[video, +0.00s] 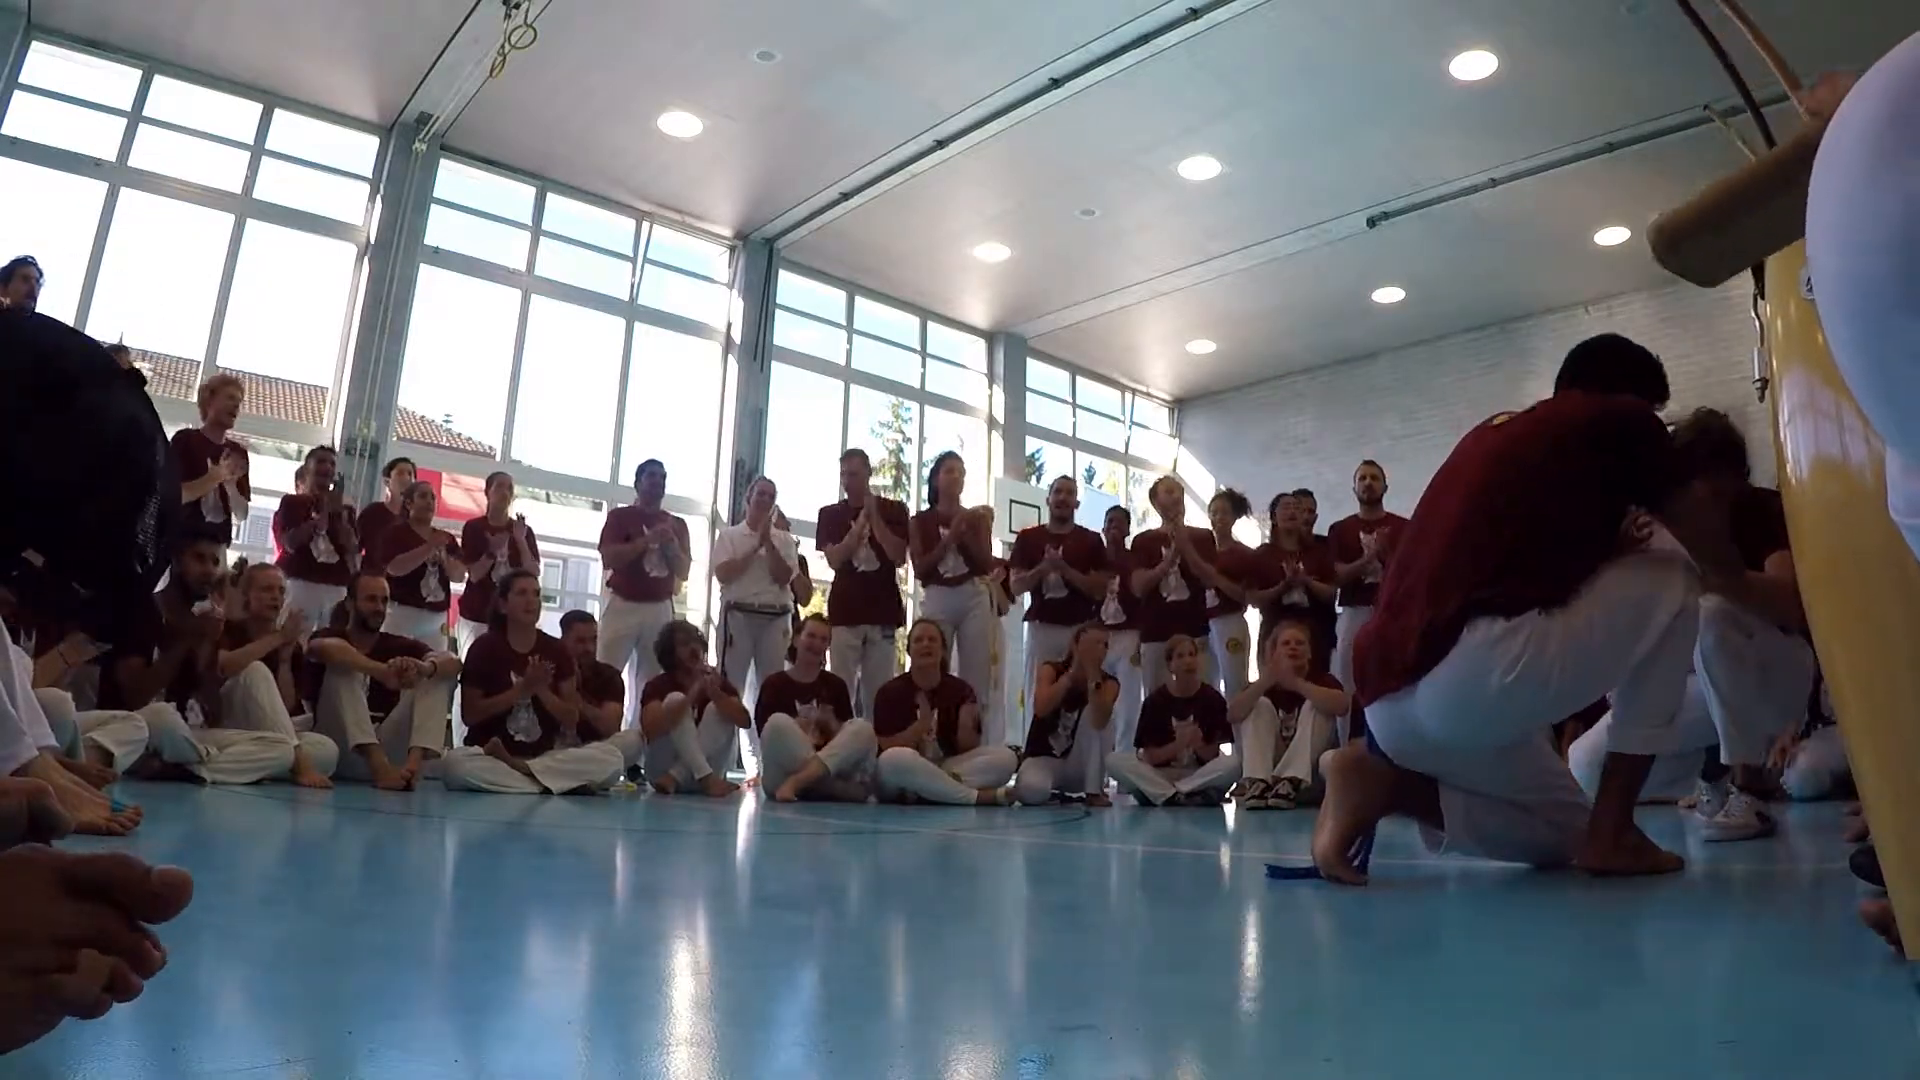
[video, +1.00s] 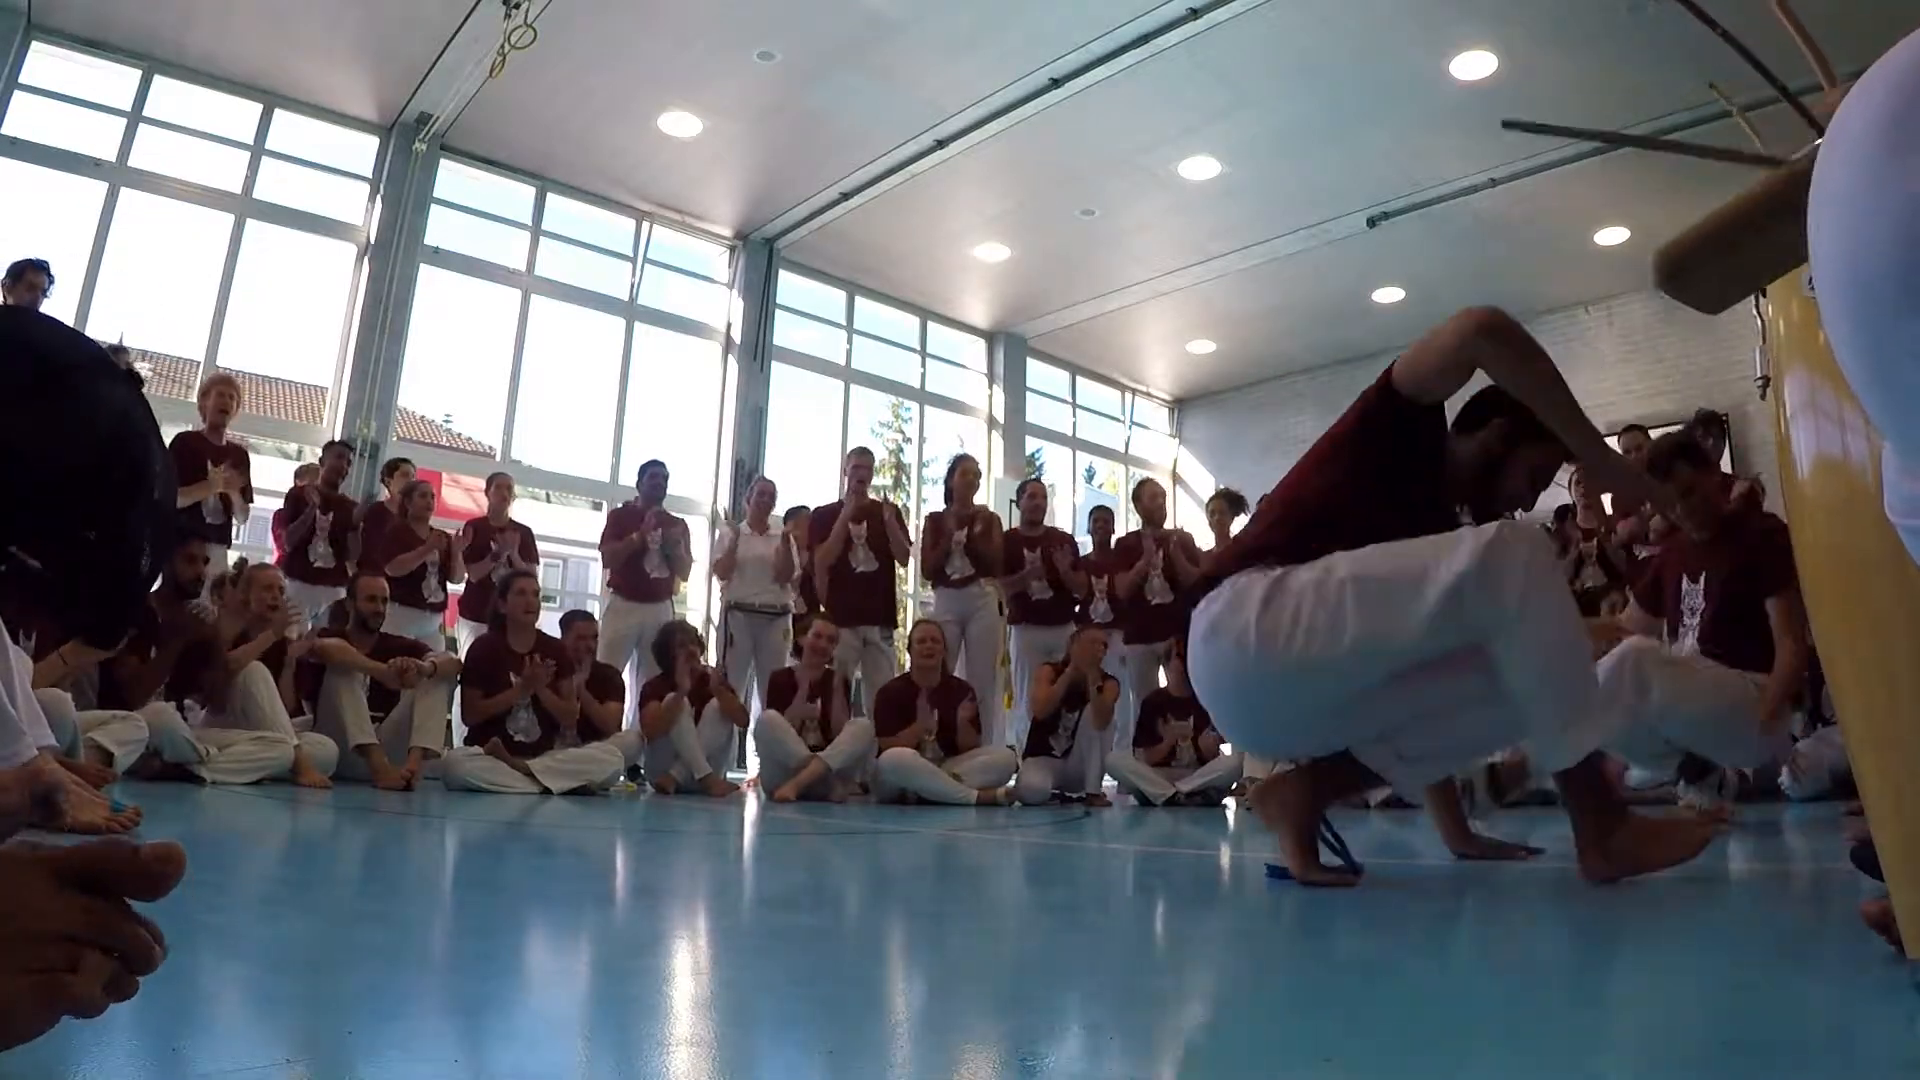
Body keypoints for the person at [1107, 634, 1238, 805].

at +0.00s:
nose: (1188, 660)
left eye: (1192, 654)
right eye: (1180, 656)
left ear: (1198, 659)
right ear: (1170, 665)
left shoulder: (1212, 698)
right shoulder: (1154, 701)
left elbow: (1213, 754)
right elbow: (1149, 757)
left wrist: (1196, 742)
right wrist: (1179, 744)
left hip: (1199, 770)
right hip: (1161, 772)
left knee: (1232, 763)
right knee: (1114, 760)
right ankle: (1172, 796)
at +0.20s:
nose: (1188, 660)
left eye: (1192, 654)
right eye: (1180, 656)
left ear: (1198, 659)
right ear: (1169, 665)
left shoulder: (1212, 697)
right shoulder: (1154, 701)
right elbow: (1150, 758)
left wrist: (1212, 741)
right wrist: (1170, 744)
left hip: (1200, 770)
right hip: (1163, 772)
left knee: (1232, 763)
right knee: (1114, 760)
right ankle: (1172, 795)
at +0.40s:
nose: (1186, 660)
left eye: (1190, 654)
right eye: (1179, 657)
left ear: (1197, 658)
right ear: (1169, 665)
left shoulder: (1213, 697)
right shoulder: (1155, 699)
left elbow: (1212, 754)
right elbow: (1148, 757)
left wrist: (1194, 740)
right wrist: (1179, 743)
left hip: (1200, 771)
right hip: (1161, 772)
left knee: (1233, 763)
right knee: (1114, 760)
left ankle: (1171, 793)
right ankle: (1173, 796)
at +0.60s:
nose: (1185, 661)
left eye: (1189, 655)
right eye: (1178, 657)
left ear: (1196, 659)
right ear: (1169, 664)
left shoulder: (1214, 698)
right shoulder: (1154, 700)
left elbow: (1214, 758)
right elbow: (1146, 759)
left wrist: (1207, 749)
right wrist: (1165, 744)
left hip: (1199, 772)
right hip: (1161, 773)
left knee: (1232, 763)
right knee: (1113, 760)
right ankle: (1173, 796)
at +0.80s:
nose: (1185, 661)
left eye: (1190, 655)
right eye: (1178, 657)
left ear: (1197, 660)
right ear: (1167, 665)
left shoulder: (1214, 699)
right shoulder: (1153, 701)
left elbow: (1211, 755)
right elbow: (1150, 758)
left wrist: (1194, 741)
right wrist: (1180, 743)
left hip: (1199, 772)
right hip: (1161, 772)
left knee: (1233, 763)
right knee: (1114, 759)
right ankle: (1173, 796)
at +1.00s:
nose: (1183, 665)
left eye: (1186, 659)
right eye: (1178, 659)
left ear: (1193, 664)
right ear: (1166, 665)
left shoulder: (1206, 698)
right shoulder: (1153, 701)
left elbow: (1212, 755)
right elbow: (1147, 758)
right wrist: (1168, 742)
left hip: (1199, 772)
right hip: (1161, 774)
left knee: (1235, 761)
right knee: (1114, 759)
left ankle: (1170, 794)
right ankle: (1173, 797)